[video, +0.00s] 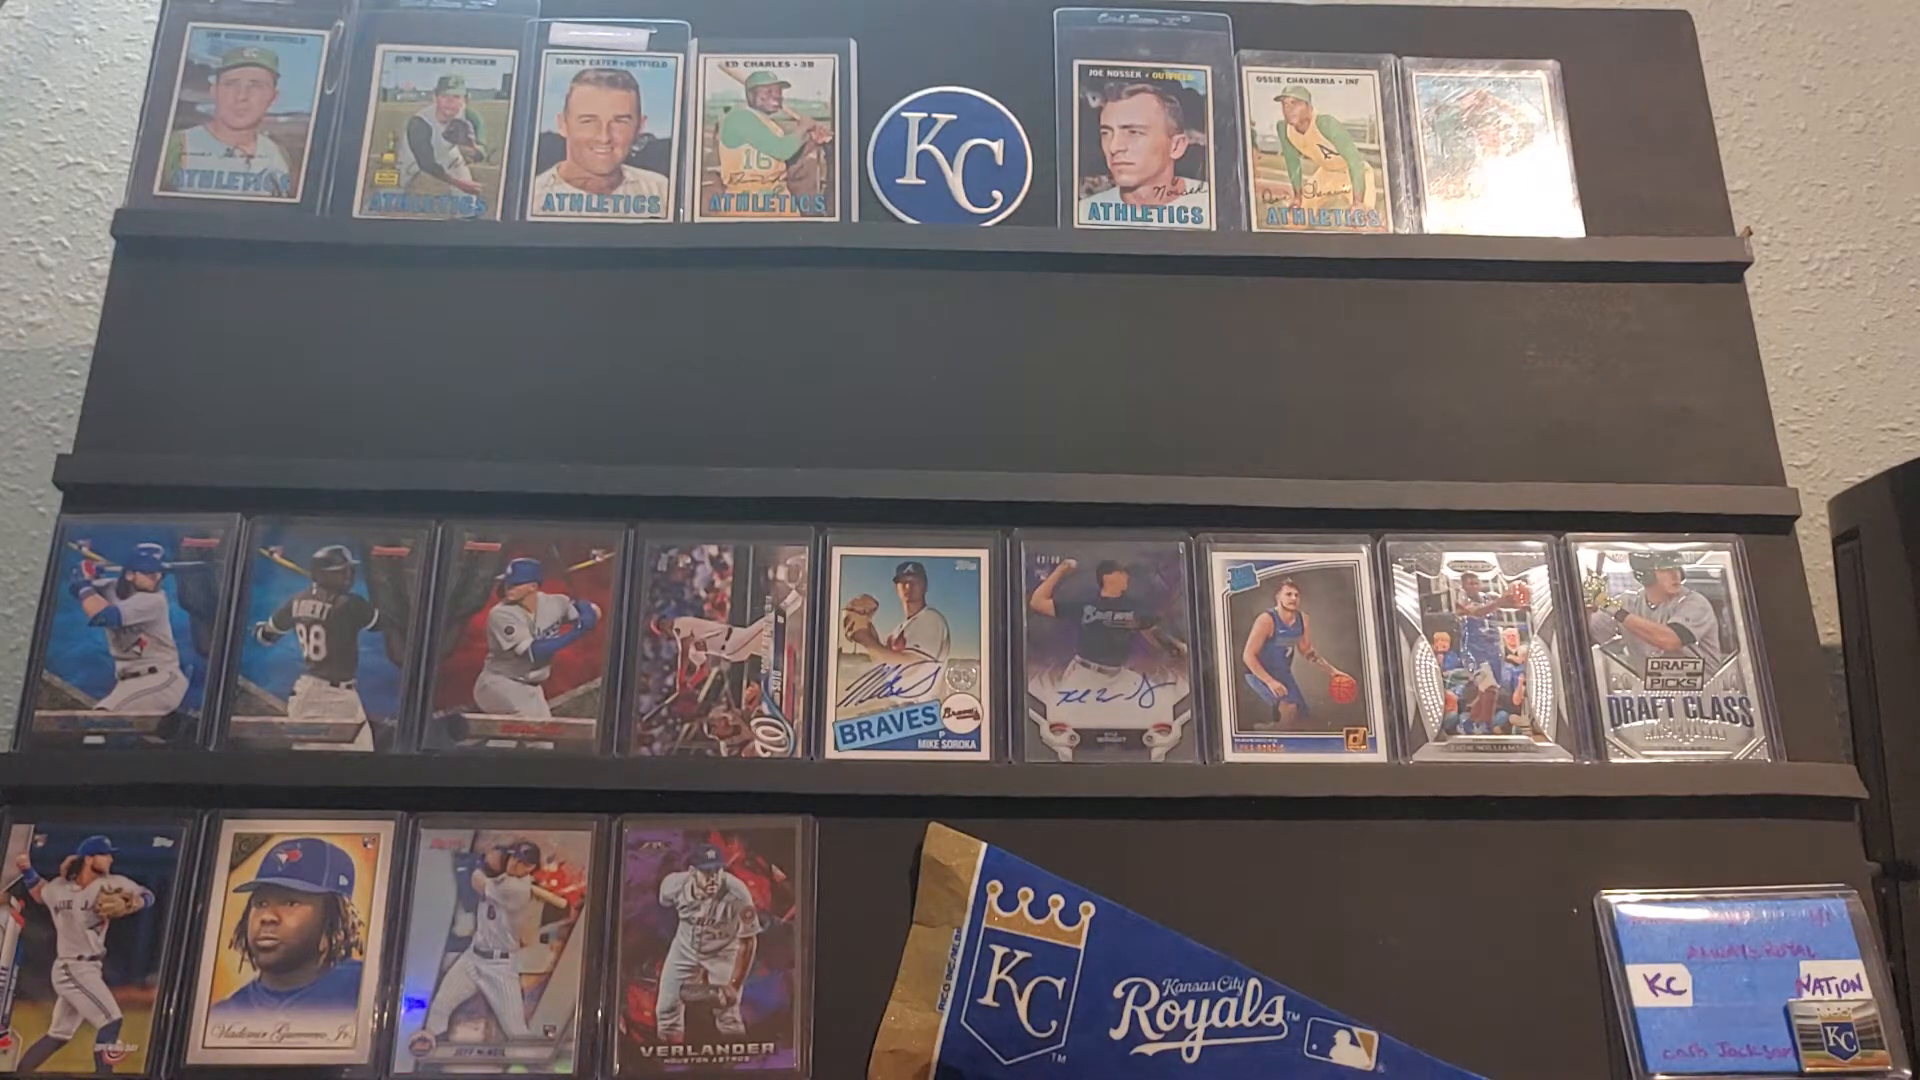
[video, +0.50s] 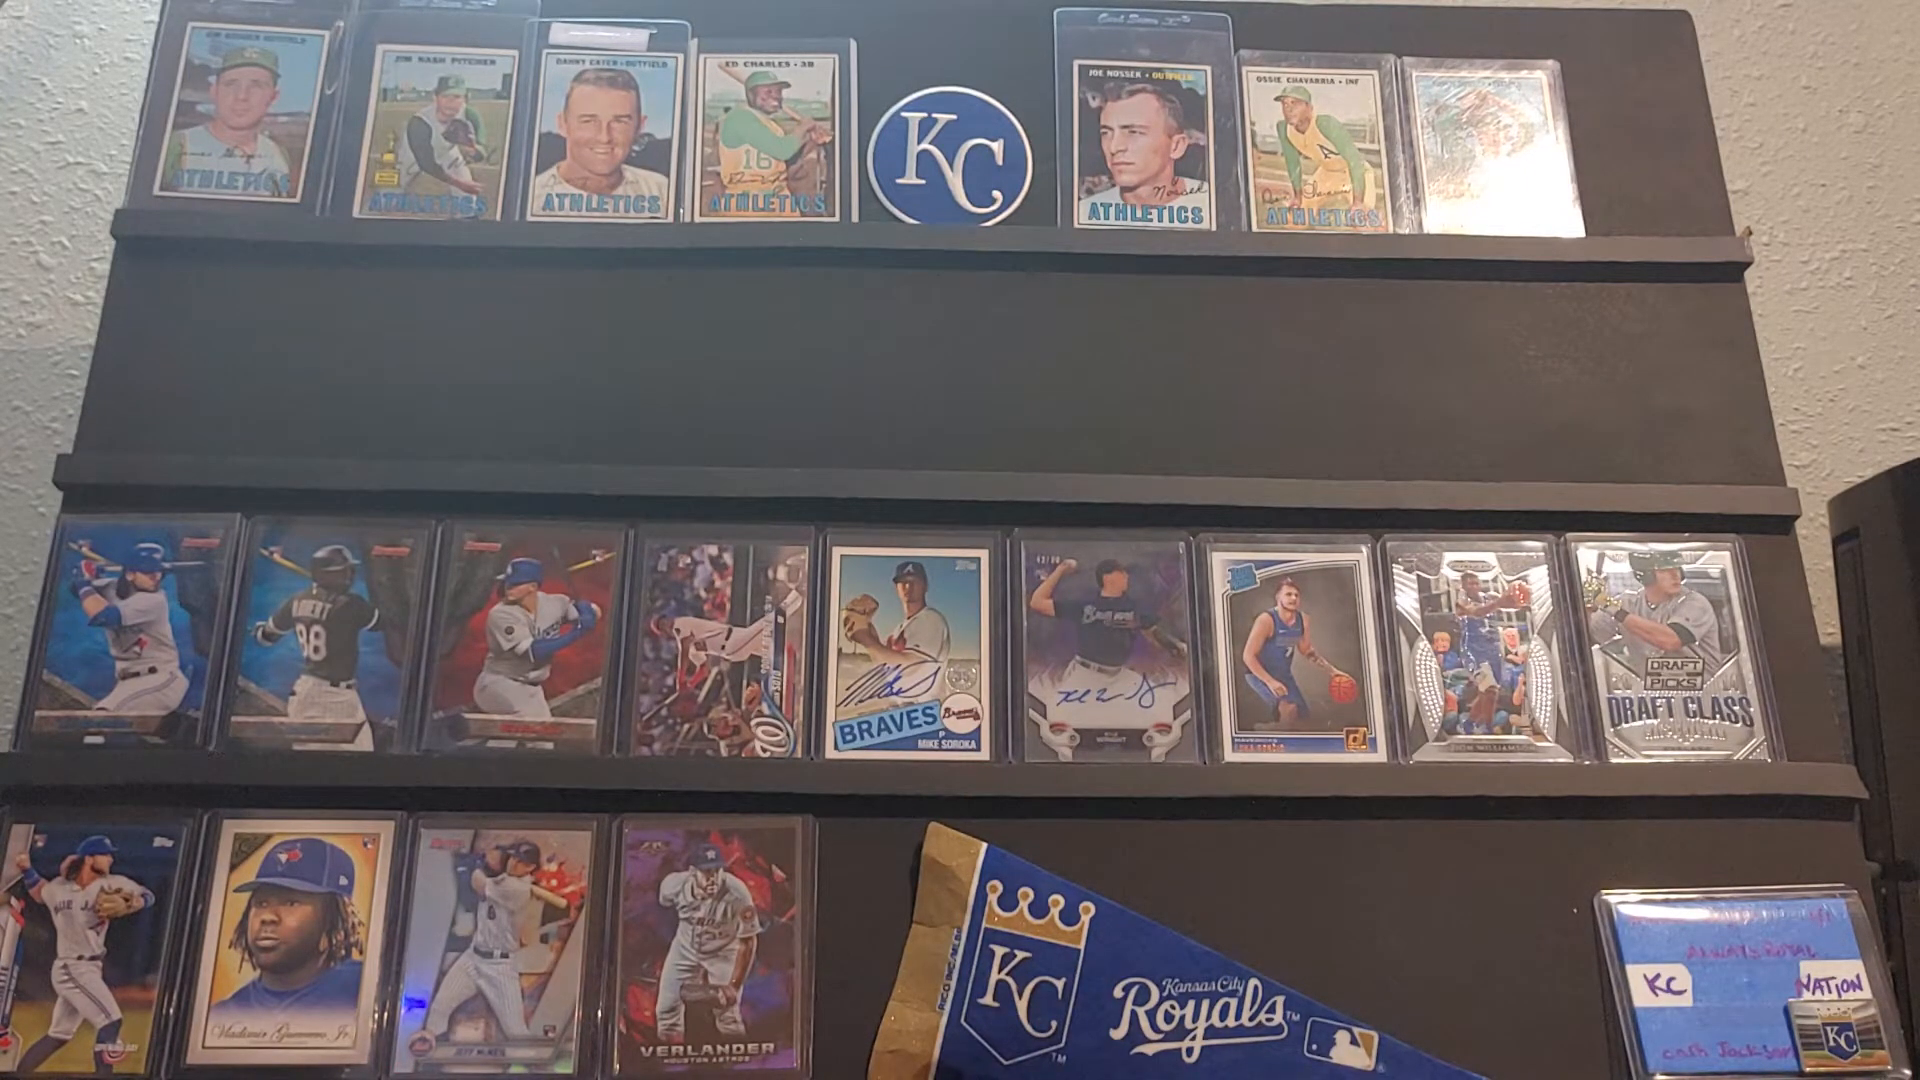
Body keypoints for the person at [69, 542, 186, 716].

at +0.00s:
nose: (157, 577)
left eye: (158, 572)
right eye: (149, 572)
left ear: (162, 573)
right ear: (130, 575)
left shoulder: (154, 600)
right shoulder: (113, 587)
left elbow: (105, 617)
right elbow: (79, 588)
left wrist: (83, 586)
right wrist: (87, 574)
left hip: (163, 679)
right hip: (130, 682)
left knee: (100, 717)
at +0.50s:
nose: (156, 577)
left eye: (159, 572)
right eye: (148, 572)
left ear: (162, 572)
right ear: (130, 574)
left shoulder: (154, 600)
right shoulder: (113, 588)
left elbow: (104, 617)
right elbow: (79, 588)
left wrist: (82, 585)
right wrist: (88, 573)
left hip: (163, 679)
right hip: (129, 682)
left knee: (100, 717)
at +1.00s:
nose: (156, 576)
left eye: (158, 571)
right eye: (148, 571)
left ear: (162, 572)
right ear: (130, 574)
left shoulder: (154, 600)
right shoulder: (113, 587)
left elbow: (104, 617)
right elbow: (79, 588)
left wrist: (82, 585)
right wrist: (88, 574)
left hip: (163, 679)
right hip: (129, 682)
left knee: (100, 717)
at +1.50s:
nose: (156, 577)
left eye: (158, 571)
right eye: (148, 572)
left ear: (162, 573)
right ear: (130, 574)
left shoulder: (154, 600)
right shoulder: (113, 587)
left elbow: (104, 617)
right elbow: (79, 588)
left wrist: (83, 585)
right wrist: (88, 573)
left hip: (163, 679)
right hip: (129, 682)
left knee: (99, 717)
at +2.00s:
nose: (156, 577)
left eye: (158, 572)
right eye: (148, 572)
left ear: (162, 573)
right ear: (130, 575)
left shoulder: (155, 601)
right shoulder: (114, 588)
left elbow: (105, 617)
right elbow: (79, 588)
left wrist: (83, 586)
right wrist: (88, 573)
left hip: (163, 680)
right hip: (130, 681)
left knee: (99, 717)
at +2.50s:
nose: (156, 577)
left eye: (158, 572)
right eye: (148, 572)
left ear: (162, 573)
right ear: (130, 575)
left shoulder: (155, 600)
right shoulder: (113, 588)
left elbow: (105, 617)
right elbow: (78, 588)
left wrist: (83, 585)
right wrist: (88, 573)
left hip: (162, 680)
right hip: (130, 681)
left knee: (99, 717)